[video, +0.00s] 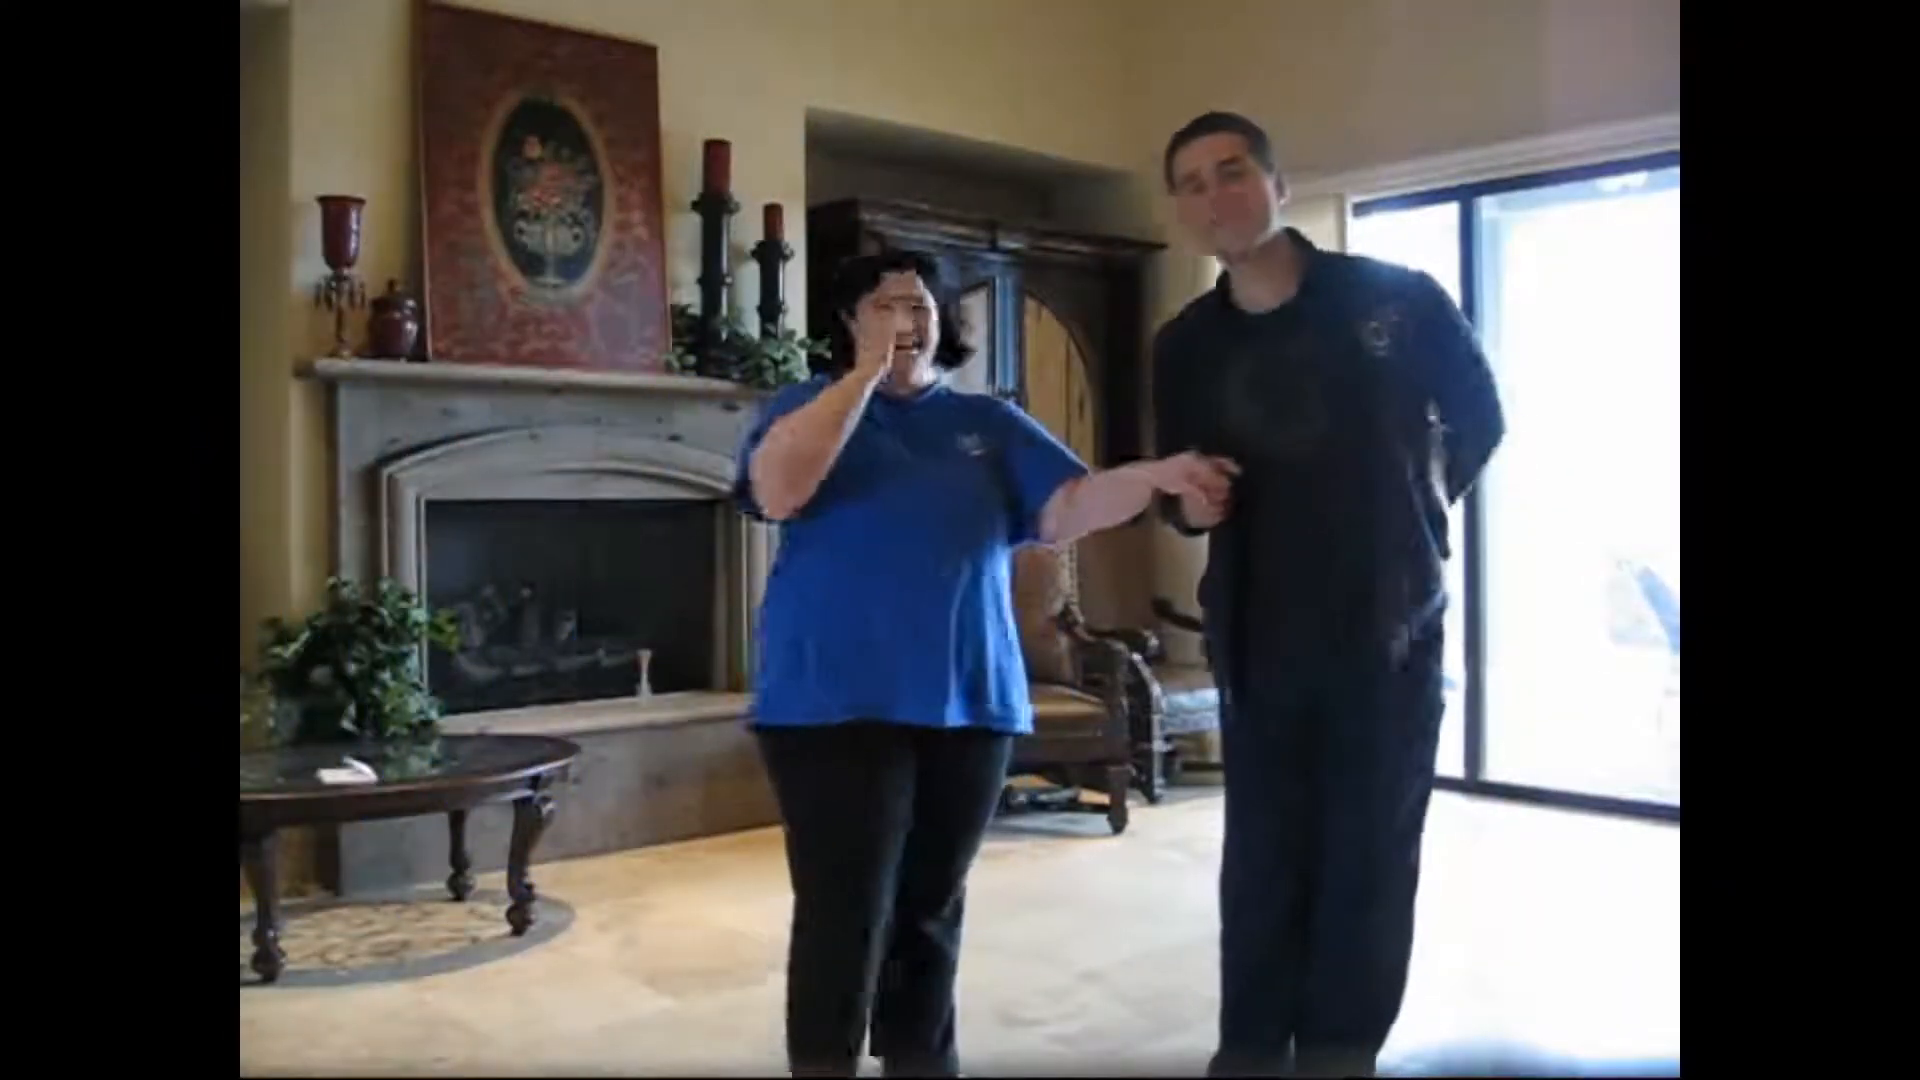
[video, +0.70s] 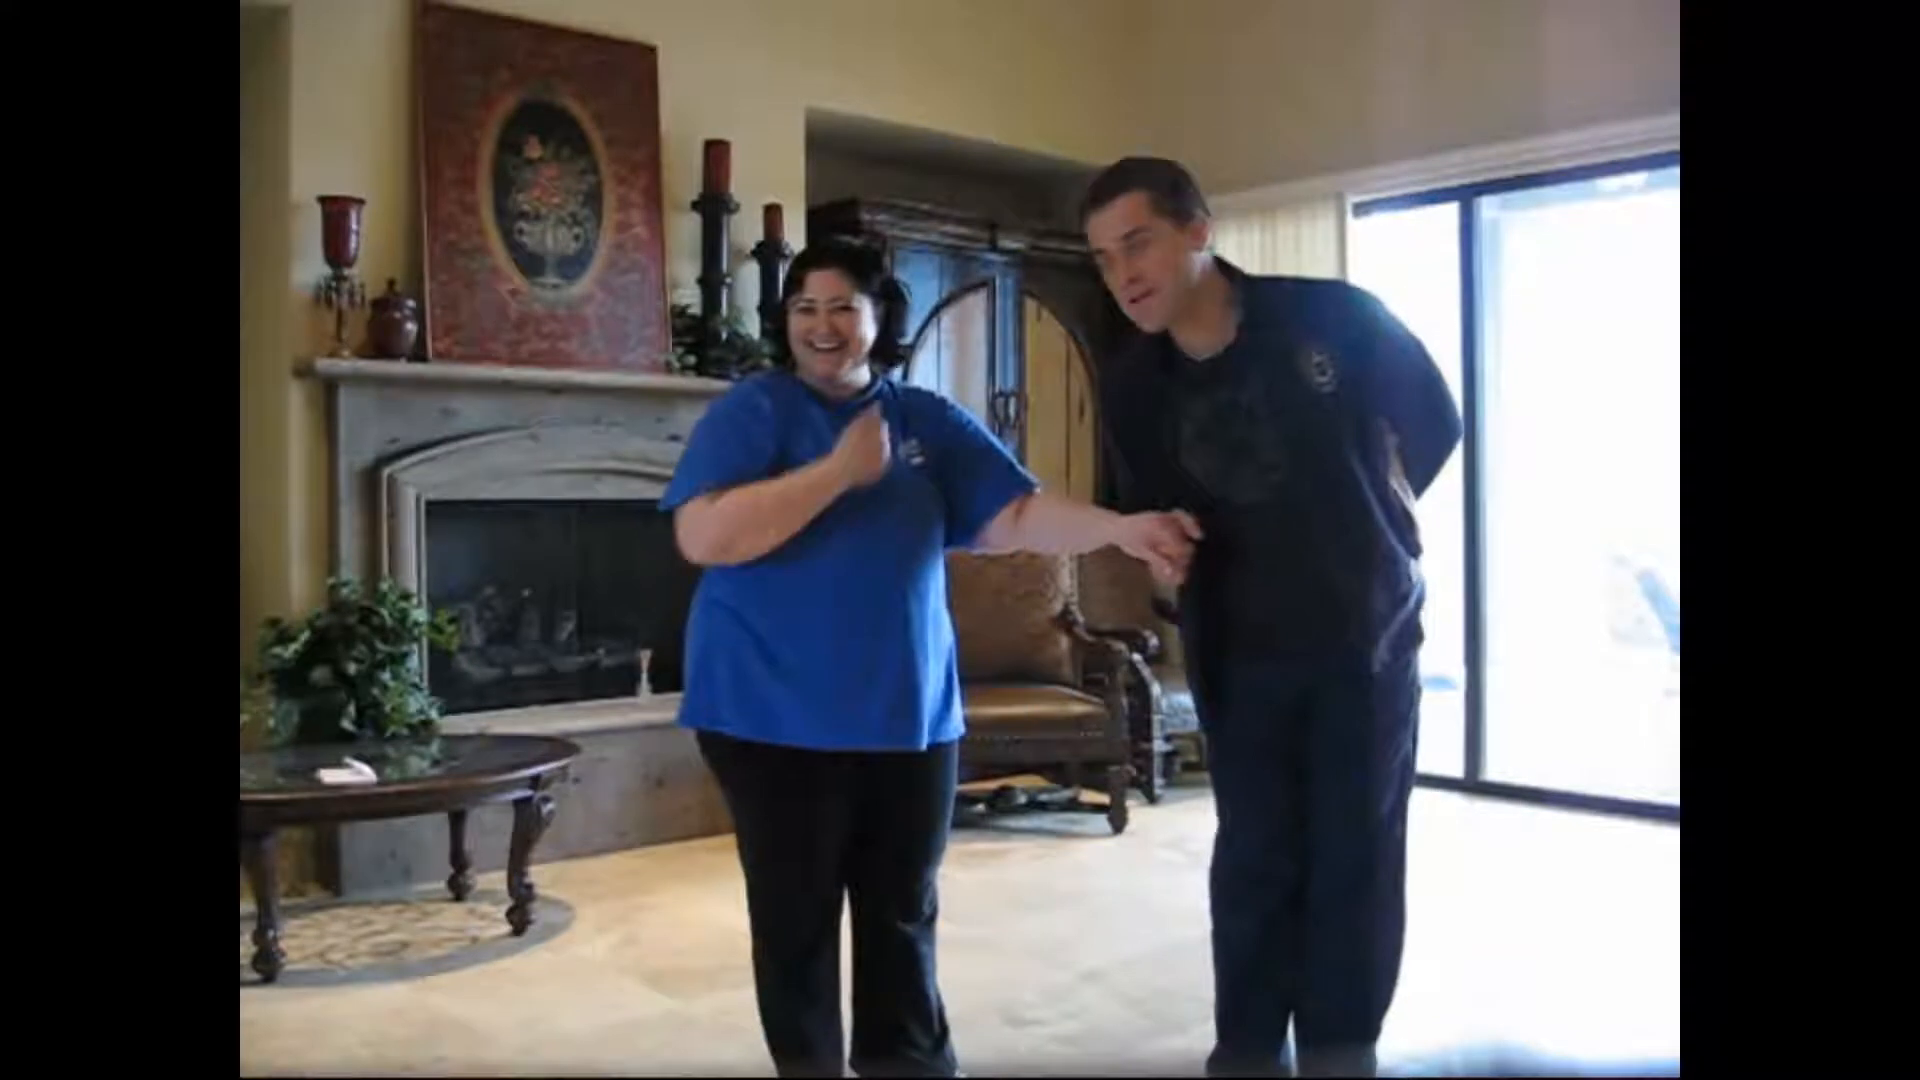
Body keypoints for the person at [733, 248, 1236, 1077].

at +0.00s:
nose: (906, 319)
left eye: (918, 306)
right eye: (887, 305)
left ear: (940, 325)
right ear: (852, 322)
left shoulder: (982, 418)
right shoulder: (804, 411)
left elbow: (1063, 507)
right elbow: (777, 492)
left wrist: (1157, 475)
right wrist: (861, 378)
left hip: (967, 704)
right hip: (832, 702)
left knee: (930, 917)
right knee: (845, 915)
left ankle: (919, 1067)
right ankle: (824, 1066)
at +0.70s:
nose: (824, 325)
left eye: (843, 309)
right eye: (807, 309)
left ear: (879, 321)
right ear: (783, 320)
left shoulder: (920, 418)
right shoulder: (748, 411)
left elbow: (1013, 513)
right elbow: (701, 536)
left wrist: (1124, 528)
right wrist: (838, 471)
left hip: (907, 722)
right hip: (771, 724)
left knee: (902, 926)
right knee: (794, 935)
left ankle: (909, 1068)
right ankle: (811, 1069)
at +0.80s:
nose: (825, 321)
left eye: (845, 304)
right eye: (809, 304)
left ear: (881, 320)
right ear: (784, 319)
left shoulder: (921, 421)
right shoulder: (742, 417)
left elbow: (1011, 513)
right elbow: (673, 550)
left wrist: (1120, 537)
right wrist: (792, 567)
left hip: (907, 729)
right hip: (770, 733)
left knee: (900, 925)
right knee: (793, 934)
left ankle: (909, 1068)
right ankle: (811, 1068)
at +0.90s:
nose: (827, 316)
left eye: (846, 302)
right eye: (809, 301)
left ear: (876, 322)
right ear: (782, 318)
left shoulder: (920, 422)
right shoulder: (730, 423)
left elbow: (1010, 513)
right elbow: (664, 548)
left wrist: (1120, 522)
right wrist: (712, 647)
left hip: (907, 734)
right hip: (769, 737)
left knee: (901, 928)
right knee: (792, 935)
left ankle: (909, 1068)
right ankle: (809, 1068)